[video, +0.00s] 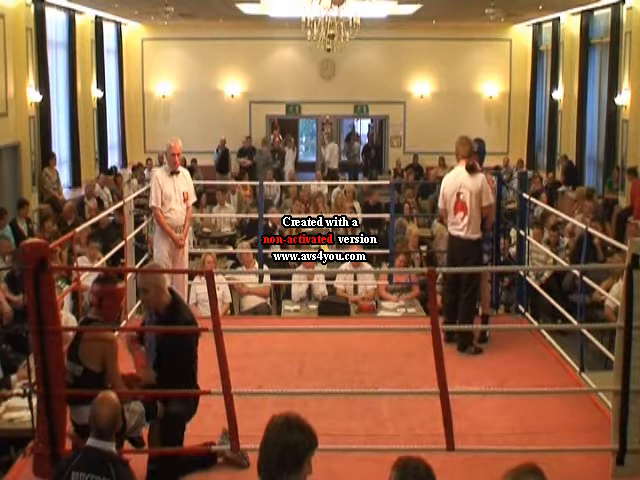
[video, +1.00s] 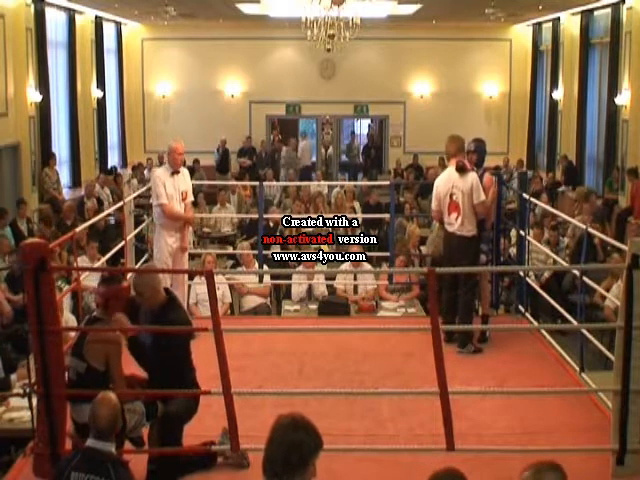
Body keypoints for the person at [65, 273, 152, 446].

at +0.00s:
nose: (122, 305)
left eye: (121, 299)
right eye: (118, 300)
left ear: (95, 300)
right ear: (101, 301)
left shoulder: (85, 326)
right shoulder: (106, 338)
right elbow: (117, 390)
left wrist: (124, 381)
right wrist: (139, 394)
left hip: (77, 410)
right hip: (94, 414)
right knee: (151, 407)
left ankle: (132, 429)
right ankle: (131, 430)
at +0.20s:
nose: (121, 305)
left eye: (122, 299)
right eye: (117, 300)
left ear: (97, 300)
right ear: (100, 301)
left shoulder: (85, 324)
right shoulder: (106, 336)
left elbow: (102, 377)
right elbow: (119, 391)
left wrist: (129, 381)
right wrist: (140, 395)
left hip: (77, 408)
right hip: (92, 414)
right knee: (153, 407)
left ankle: (133, 429)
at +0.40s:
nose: (122, 306)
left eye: (122, 300)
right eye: (117, 300)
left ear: (97, 300)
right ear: (101, 300)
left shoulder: (86, 324)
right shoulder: (108, 337)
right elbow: (118, 390)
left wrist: (128, 381)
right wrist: (140, 395)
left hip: (77, 409)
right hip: (93, 414)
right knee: (152, 407)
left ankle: (133, 429)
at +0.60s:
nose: (122, 306)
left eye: (122, 299)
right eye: (118, 300)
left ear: (97, 301)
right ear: (103, 302)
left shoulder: (88, 324)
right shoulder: (108, 337)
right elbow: (118, 390)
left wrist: (130, 383)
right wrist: (140, 394)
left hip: (77, 410)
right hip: (93, 415)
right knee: (153, 407)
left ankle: (133, 429)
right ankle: (130, 430)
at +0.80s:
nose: (127, 303)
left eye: (126, 298)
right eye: (124, 298)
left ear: (101, 301)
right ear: (115, 303)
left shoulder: (90, 323)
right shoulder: (109, 338)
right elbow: (119, 393)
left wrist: (129, 382)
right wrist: (143, 391)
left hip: (77, 408)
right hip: (93, 414)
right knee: (153, 407)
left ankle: (133, 429)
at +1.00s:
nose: (126, 302)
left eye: (125, 297)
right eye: (123, 297)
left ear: (100, 299)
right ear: (115, 301)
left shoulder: (88, 323)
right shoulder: (111, 336)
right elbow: (120, 393)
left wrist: (129, 382)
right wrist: (143, 392)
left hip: (77, 407)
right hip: (93, 413)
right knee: (153, 407)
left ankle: (133, 429)